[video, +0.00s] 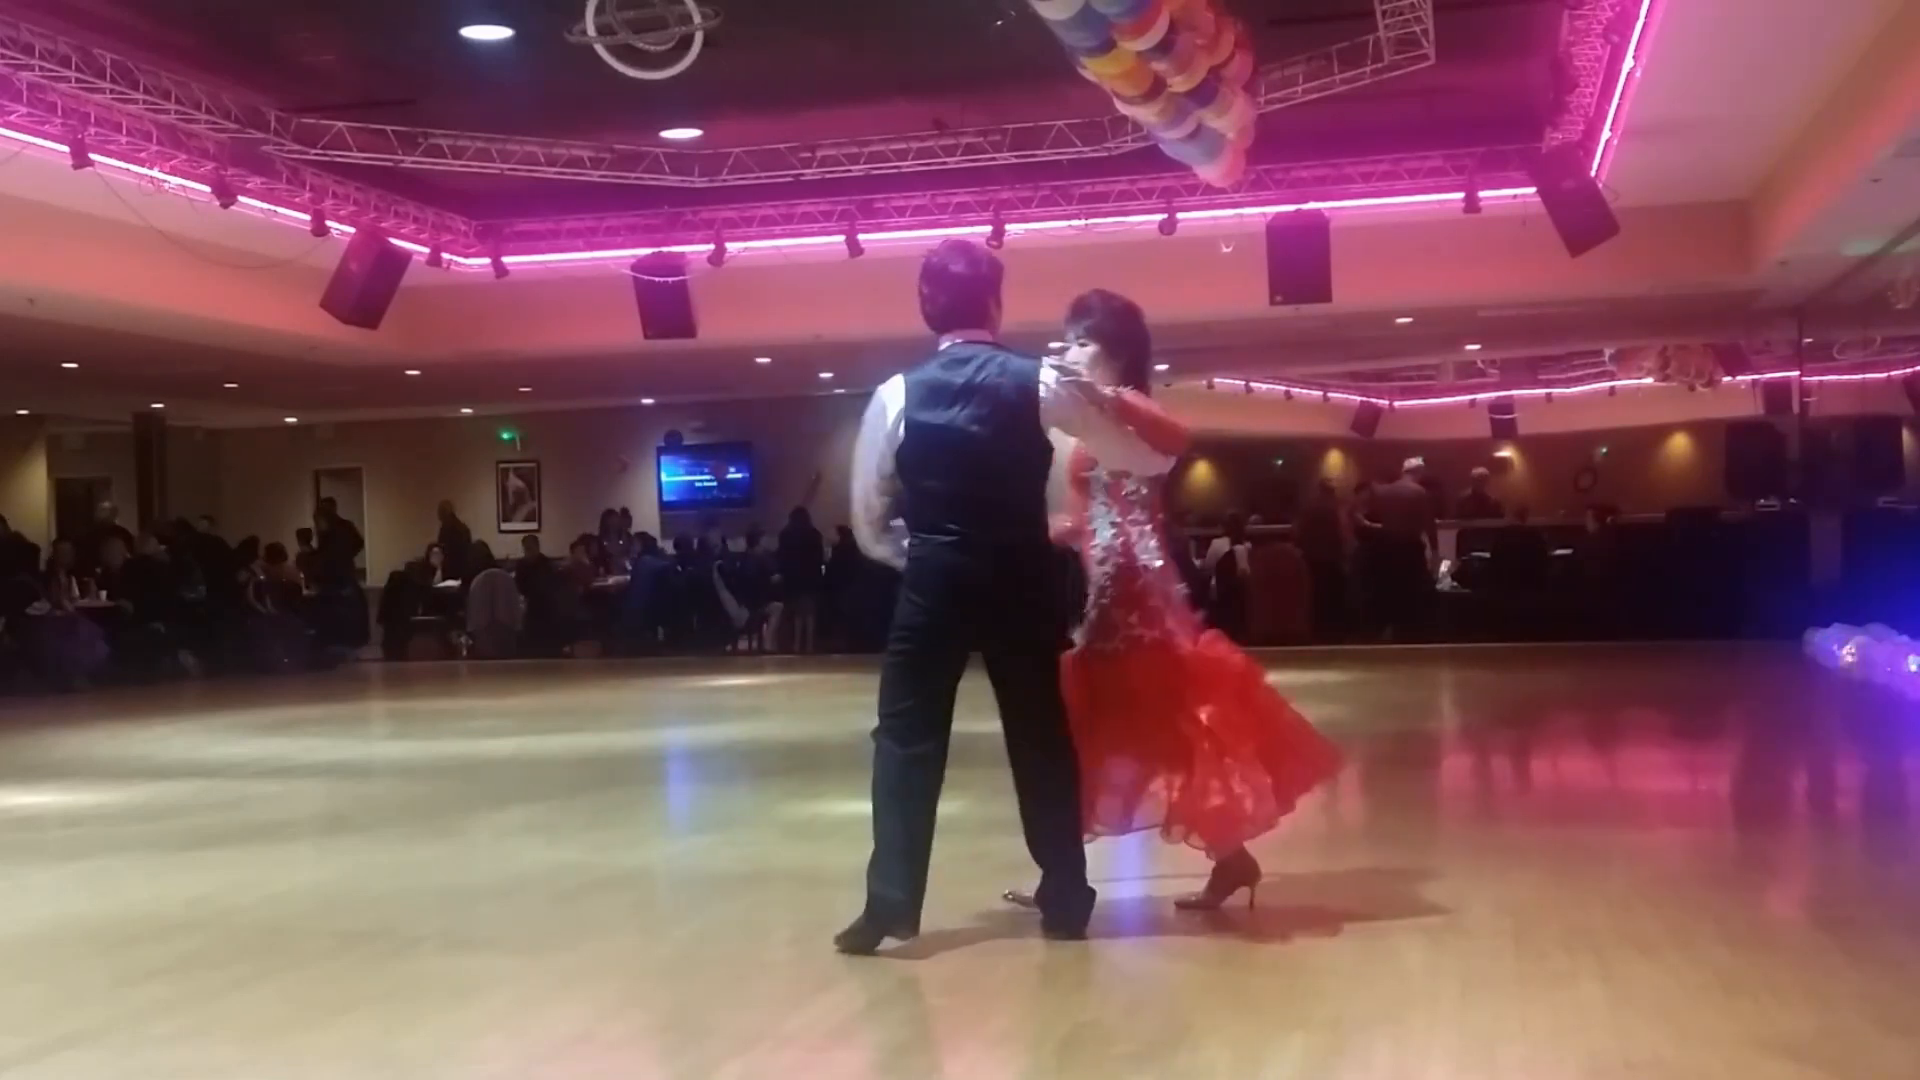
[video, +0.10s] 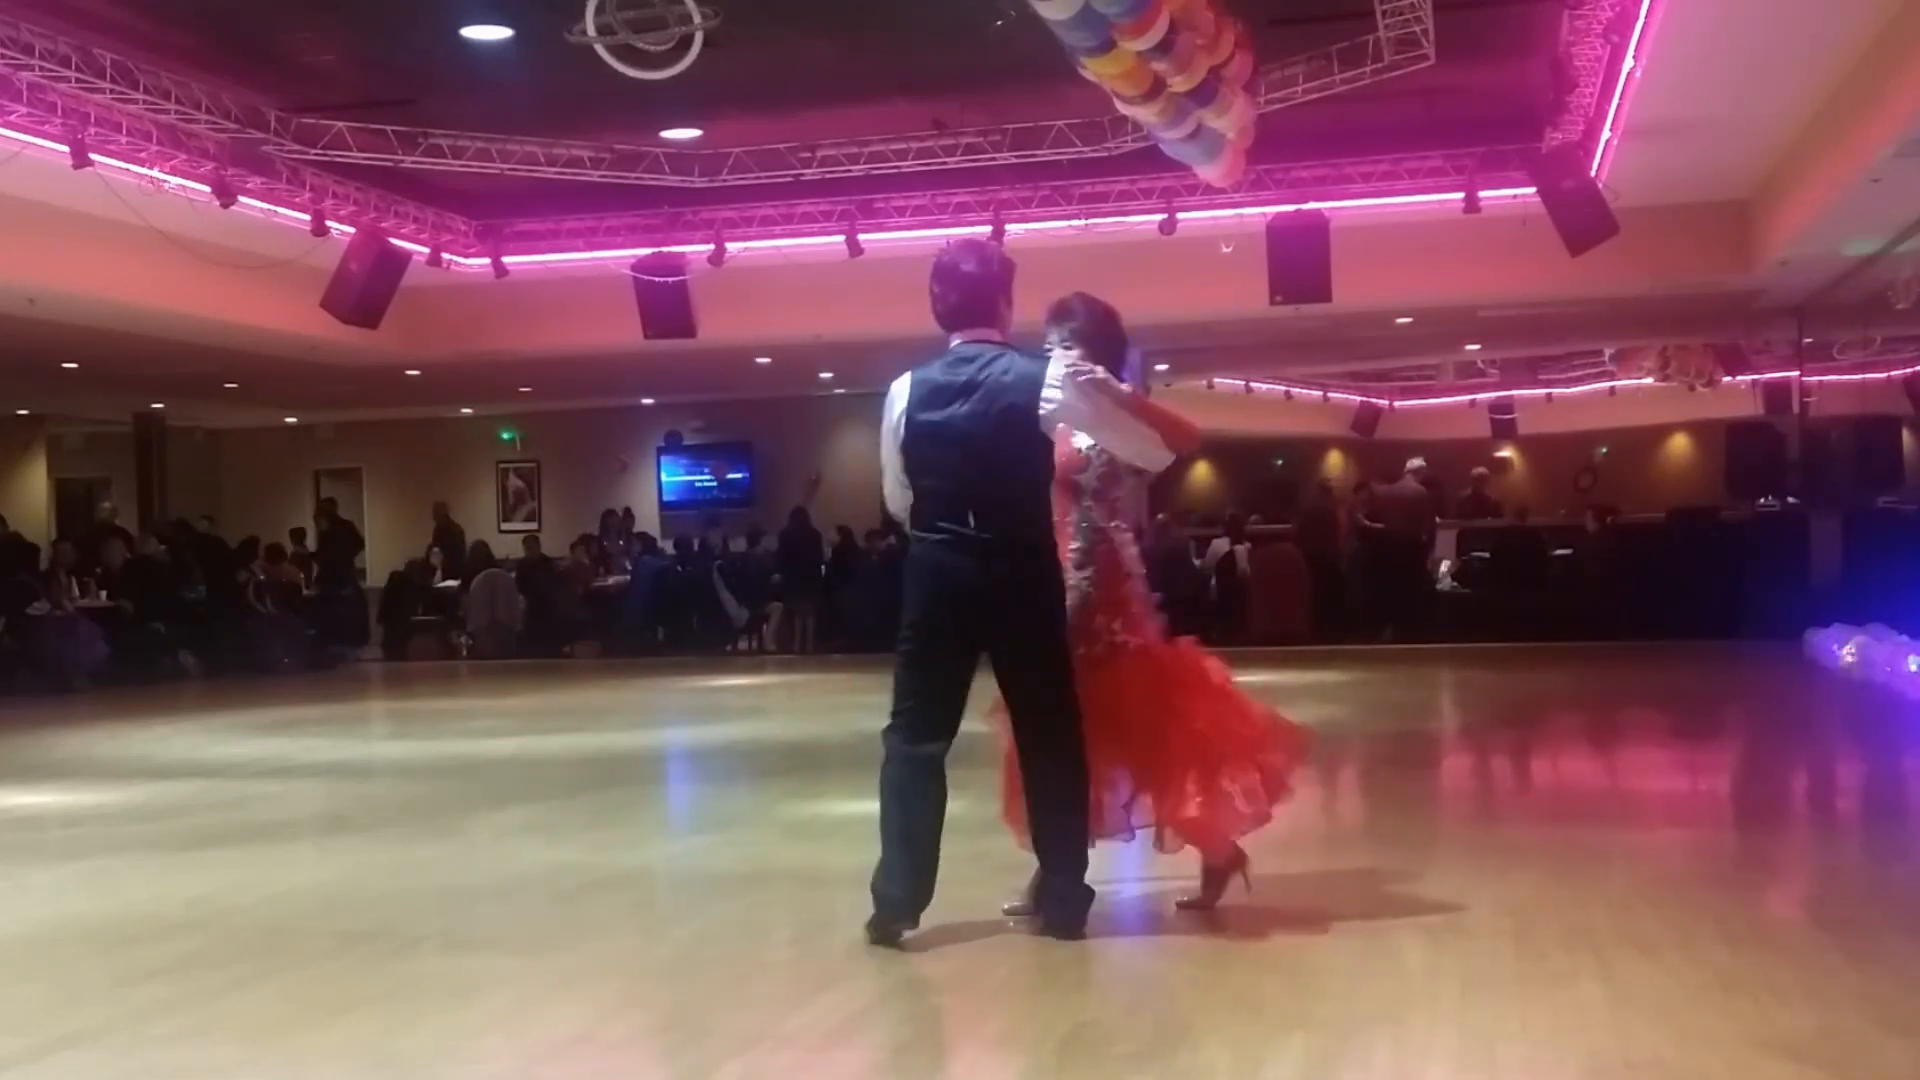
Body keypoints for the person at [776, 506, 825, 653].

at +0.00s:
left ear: (791, 518)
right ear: (808, 518)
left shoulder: (785, 534)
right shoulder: (815, 534)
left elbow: (781, 556)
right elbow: (819, 558)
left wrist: (783, 571)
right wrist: (817, 573)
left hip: (791, 577)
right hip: (810, 577)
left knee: (795, 613)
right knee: (809, 613)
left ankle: (794, 645)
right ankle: (809, 646)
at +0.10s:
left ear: (790, 518)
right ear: (808, 517)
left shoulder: (785, 534)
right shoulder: (815, 534)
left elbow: (781, 557)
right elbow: (819, 558)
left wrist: (783, 572)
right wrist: (817, 572)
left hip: (792, 577)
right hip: (811, 578)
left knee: (796, 613)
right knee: (810, 613)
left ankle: (796, 645)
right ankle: (810, 646)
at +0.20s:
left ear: (789, 517)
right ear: (807, 517)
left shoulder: (784, 533)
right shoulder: (813, 533)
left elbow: (780, 556)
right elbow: (819, 557)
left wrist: (781, 571)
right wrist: (816, 572)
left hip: (791, 577)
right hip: (810, 577)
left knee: (794, 612)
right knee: (809, 612)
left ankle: (794, 645)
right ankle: (809, 645)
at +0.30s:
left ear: (789, 517)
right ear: (806, 516)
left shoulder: (783, 533)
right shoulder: (812, 532)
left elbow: (780, 556)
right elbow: (818, 557)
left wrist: (781, 571)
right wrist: (816, 572)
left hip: (790, 577)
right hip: (809, 577)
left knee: (792, 612)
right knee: (809, 611)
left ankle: (793, 644)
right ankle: (809, 645)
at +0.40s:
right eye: (799, 516)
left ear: (788, 517)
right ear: (805, 516)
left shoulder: (782, 533)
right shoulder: (811, 532)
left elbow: (779, 556)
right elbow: (817, 556)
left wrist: (780, 571)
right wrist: (816, 573)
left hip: (789, 577)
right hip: (808, 577)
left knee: (790, 612)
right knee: (808, 612)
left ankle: (790, 644)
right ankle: (808, 645)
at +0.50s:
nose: (796, 520)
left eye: (794, 516)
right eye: (798, 516)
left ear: (787, 517)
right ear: (804, 517)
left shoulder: (781, 533)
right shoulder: (810, 532)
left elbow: (779, 556)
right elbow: (816, 556)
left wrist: (780, 571)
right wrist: (814, 572)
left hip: (789, 577)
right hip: (808, 577)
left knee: (790, 612)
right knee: (808, 612)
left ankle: (791, 644)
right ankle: (808, 645)